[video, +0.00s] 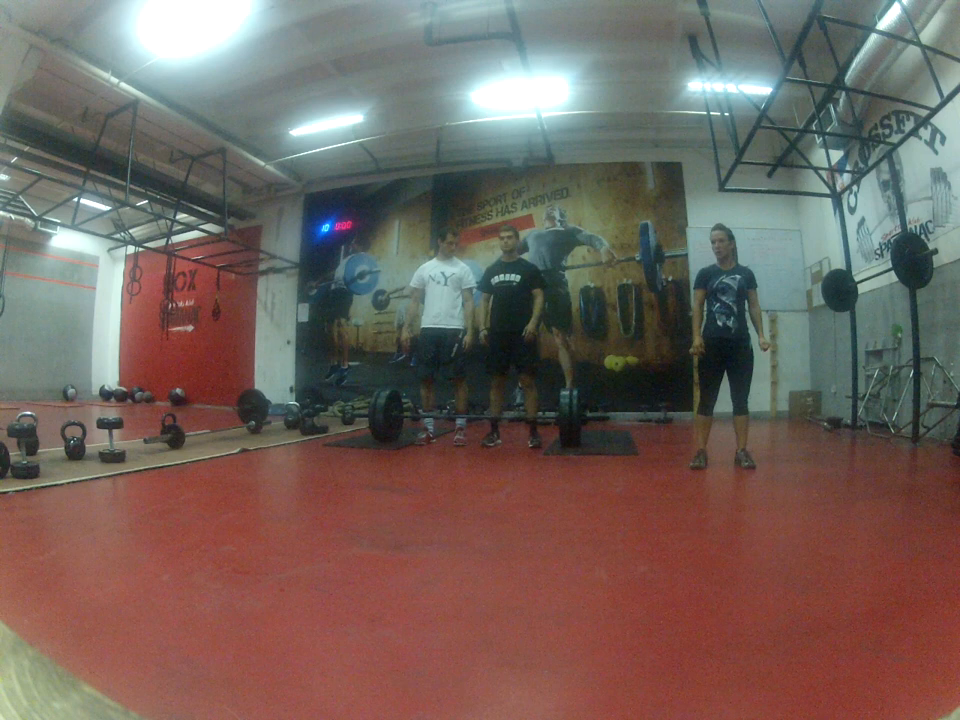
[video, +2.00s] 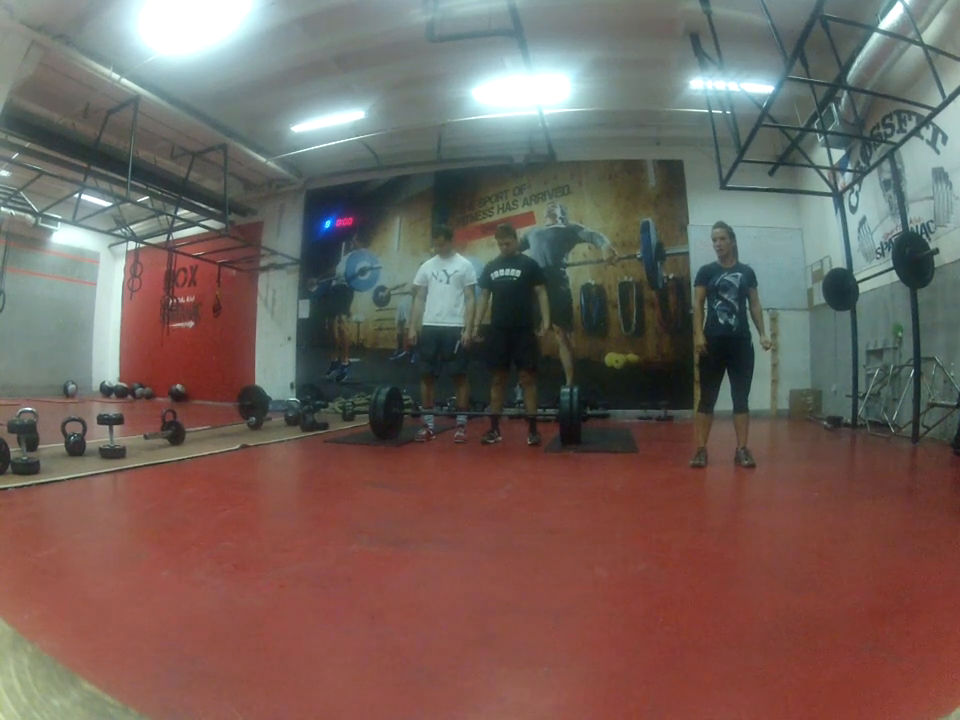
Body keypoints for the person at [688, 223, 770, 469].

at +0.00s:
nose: (717, 246)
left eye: (721, 241)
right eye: (714, 242)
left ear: (732, 243)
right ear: (710, 246)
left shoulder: (746, 273)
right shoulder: (705, 274)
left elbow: (754, 306)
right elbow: (697, 306)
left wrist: (760, 334)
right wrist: (697, 336)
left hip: (739, 344)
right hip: (711, 344)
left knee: (740, 401)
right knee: (706, 400)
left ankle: (742, 451)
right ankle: (701, 451)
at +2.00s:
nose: (718, 244)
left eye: (722, 239)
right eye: (715, 240)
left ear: (733, 242)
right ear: (712, 244)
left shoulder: (746, 272)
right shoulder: (706, 272)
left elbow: (754, 305)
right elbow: (698, 305)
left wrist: (762, 333)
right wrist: (698, 335)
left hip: (740, 343)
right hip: (712, 343)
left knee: (740, 400)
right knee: (707, 399)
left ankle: (742, 449)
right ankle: (700, 450)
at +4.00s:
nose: (717, 244)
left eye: (721, 239)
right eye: (714, 240)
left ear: (732, 241)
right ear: (710, 244)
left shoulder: (746, 271)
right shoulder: (705, 272)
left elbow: (754, 304)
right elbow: (697, 306)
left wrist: (762, 333)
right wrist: (698, 335)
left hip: (740, 343)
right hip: (712, 342)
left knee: (741, 399)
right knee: (707, 399)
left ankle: (742, 449)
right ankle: (701, 450)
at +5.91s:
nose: (718, 243)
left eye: (722, 239)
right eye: (714, 240)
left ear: (732, 241)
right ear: (711, 244)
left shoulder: (746, 271)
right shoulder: (705, 271)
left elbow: (754, 305)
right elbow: (697, 306)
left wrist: (762, 333)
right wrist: (698, 335)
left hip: (740, 343)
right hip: (712, 342)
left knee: (740, 399)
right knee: (707, 399)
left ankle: (742, 449)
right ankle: (701, 449)